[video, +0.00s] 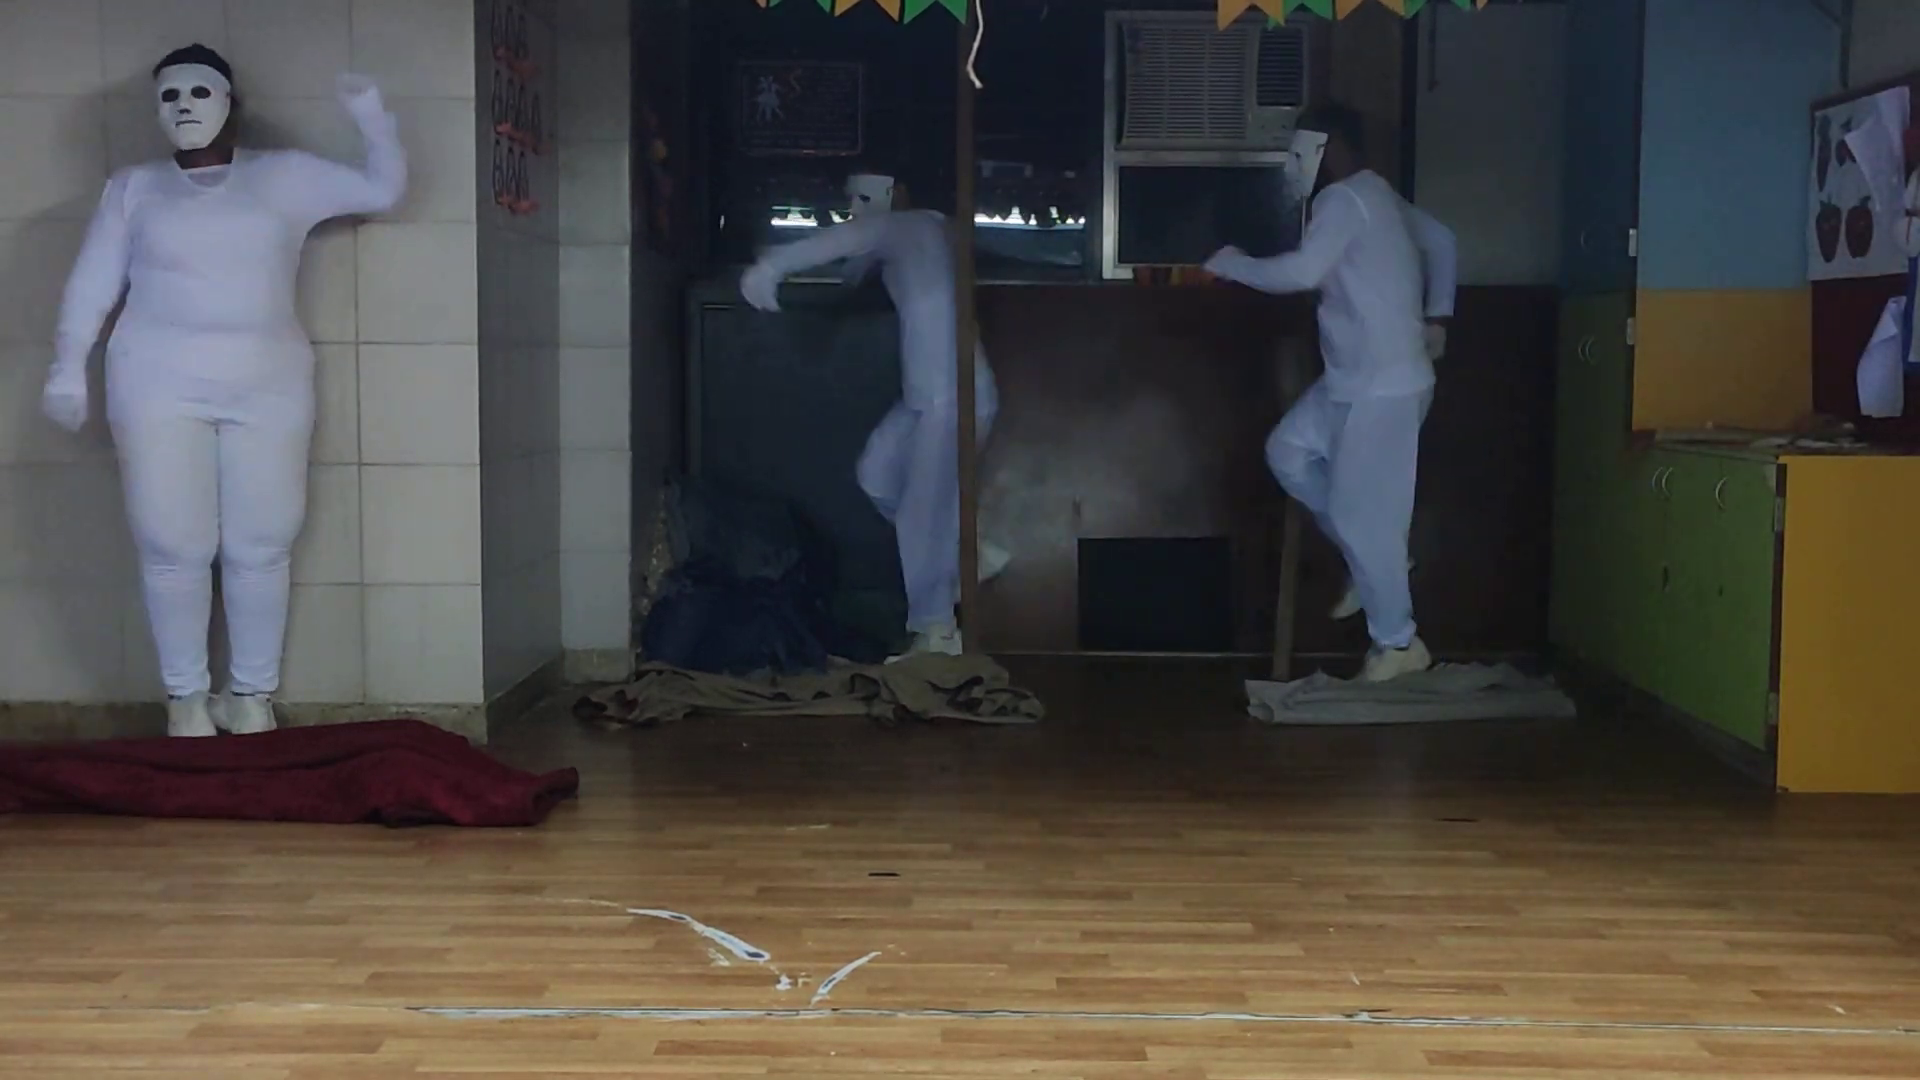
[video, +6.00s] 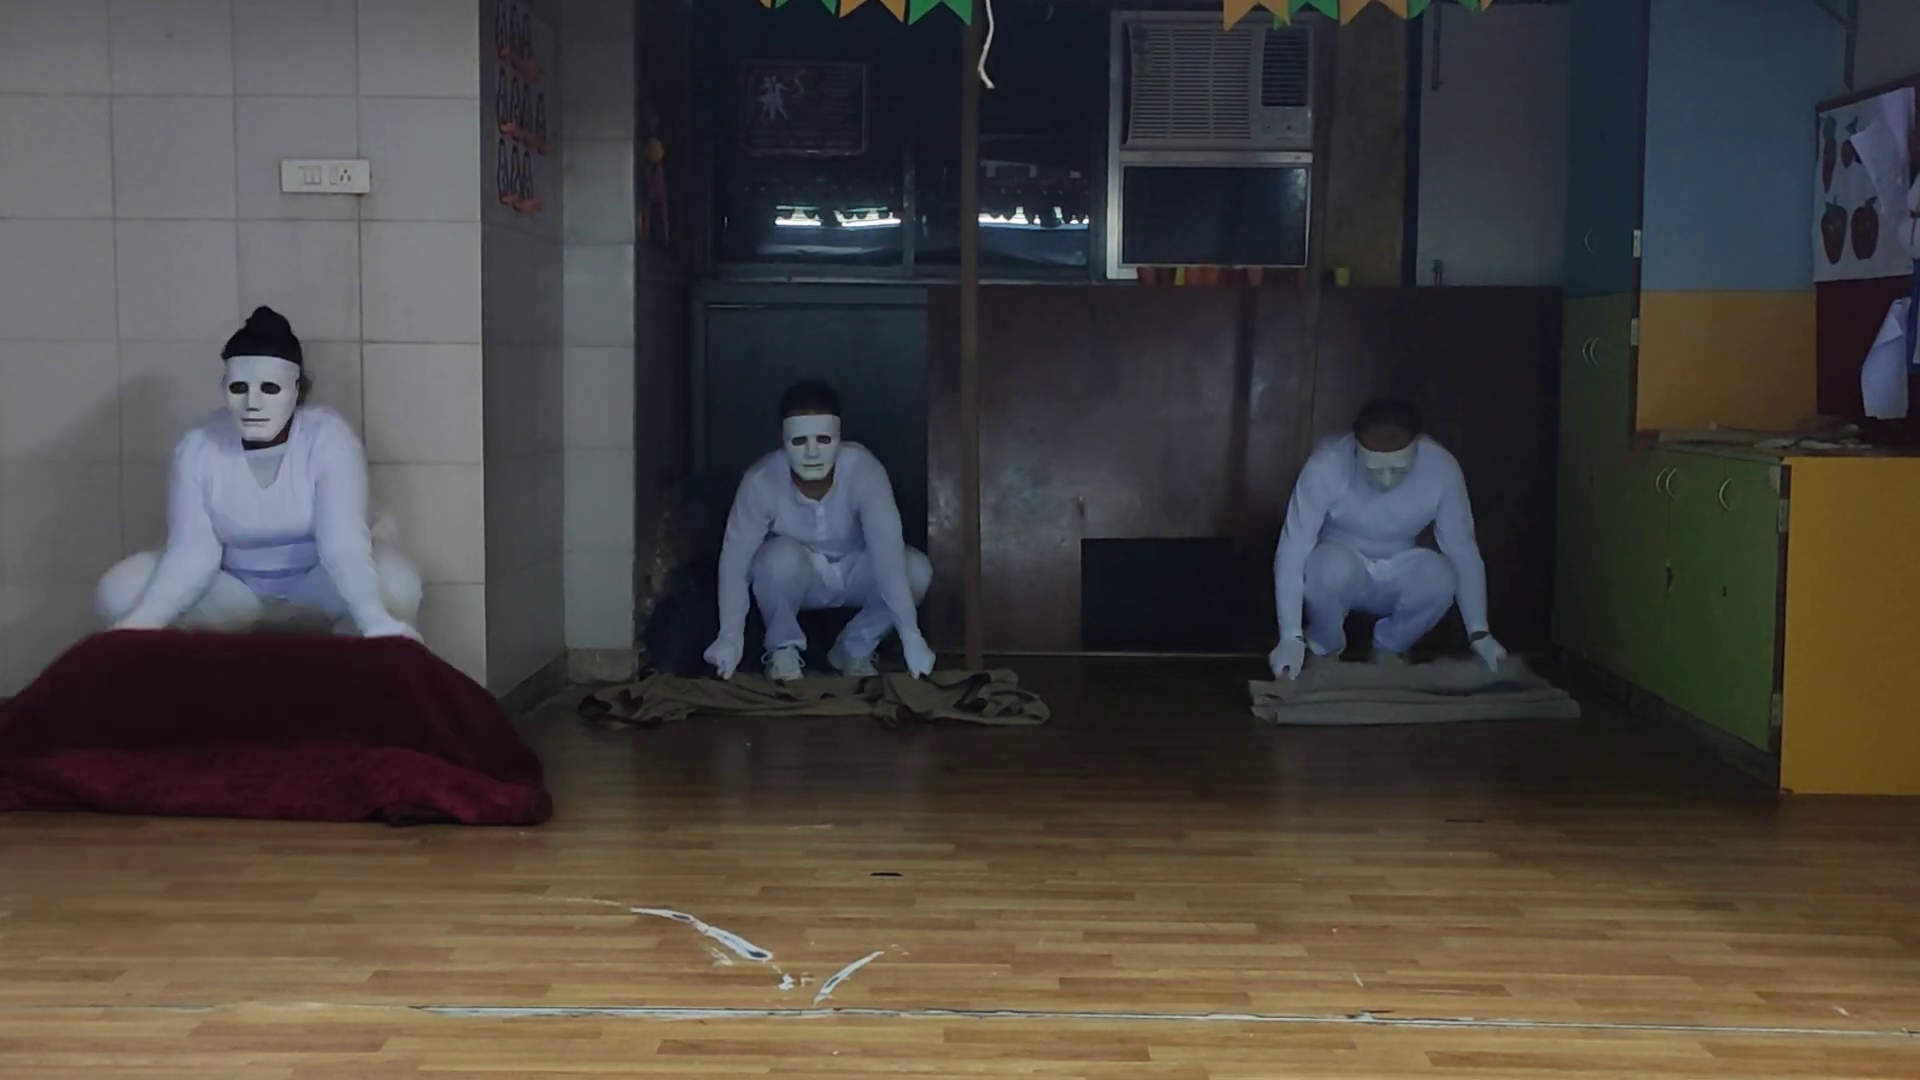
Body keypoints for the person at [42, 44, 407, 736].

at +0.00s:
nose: (185, 108)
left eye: (200, 93)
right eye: (171, 96)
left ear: (229, 101)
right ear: (158, 109)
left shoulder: (282, 179)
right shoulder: (134, 191)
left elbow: (382, 190)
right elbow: (92, 284)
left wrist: (375, 124)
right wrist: (69, 368)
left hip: (268, 389)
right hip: (159, 390)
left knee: (260, 548)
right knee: (174, 549)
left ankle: (252, 699)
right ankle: (187, 701)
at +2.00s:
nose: (311, 119)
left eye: (328, 108)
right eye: (300, 109)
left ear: (358, 125)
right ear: (287, 123)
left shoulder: (396, 195)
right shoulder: (257, 198)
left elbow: (497, 178)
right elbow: (165, 214)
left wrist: (556, 122)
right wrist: (108, 139)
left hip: (353, 414)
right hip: (249, 411)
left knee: (384, 571)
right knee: (241, 572)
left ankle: (431, 715)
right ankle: (249, 715)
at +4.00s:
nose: (231, 153)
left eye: (238, 136)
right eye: (214, 152)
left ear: (271, 138)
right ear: (209, 173)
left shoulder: (350, 221)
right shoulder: (205, 239)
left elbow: (440, 269)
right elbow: (149, 323)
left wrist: (509, 253)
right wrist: (55, 347)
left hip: (327, 430)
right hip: (213, 432)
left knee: (374, 569)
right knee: (214, 580)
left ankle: (391, 716)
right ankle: (230, 720)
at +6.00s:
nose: (252, 403)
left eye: (270, 388)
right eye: (240, 388)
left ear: (297, 391)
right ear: (225, 391)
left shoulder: (327, 438)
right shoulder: (197, 451)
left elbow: (343, 541)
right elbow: (193, 551)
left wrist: (376, 621)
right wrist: (136, 628)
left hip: (315, 580)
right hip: (232, 585)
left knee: (399, 582)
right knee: (121, 586)